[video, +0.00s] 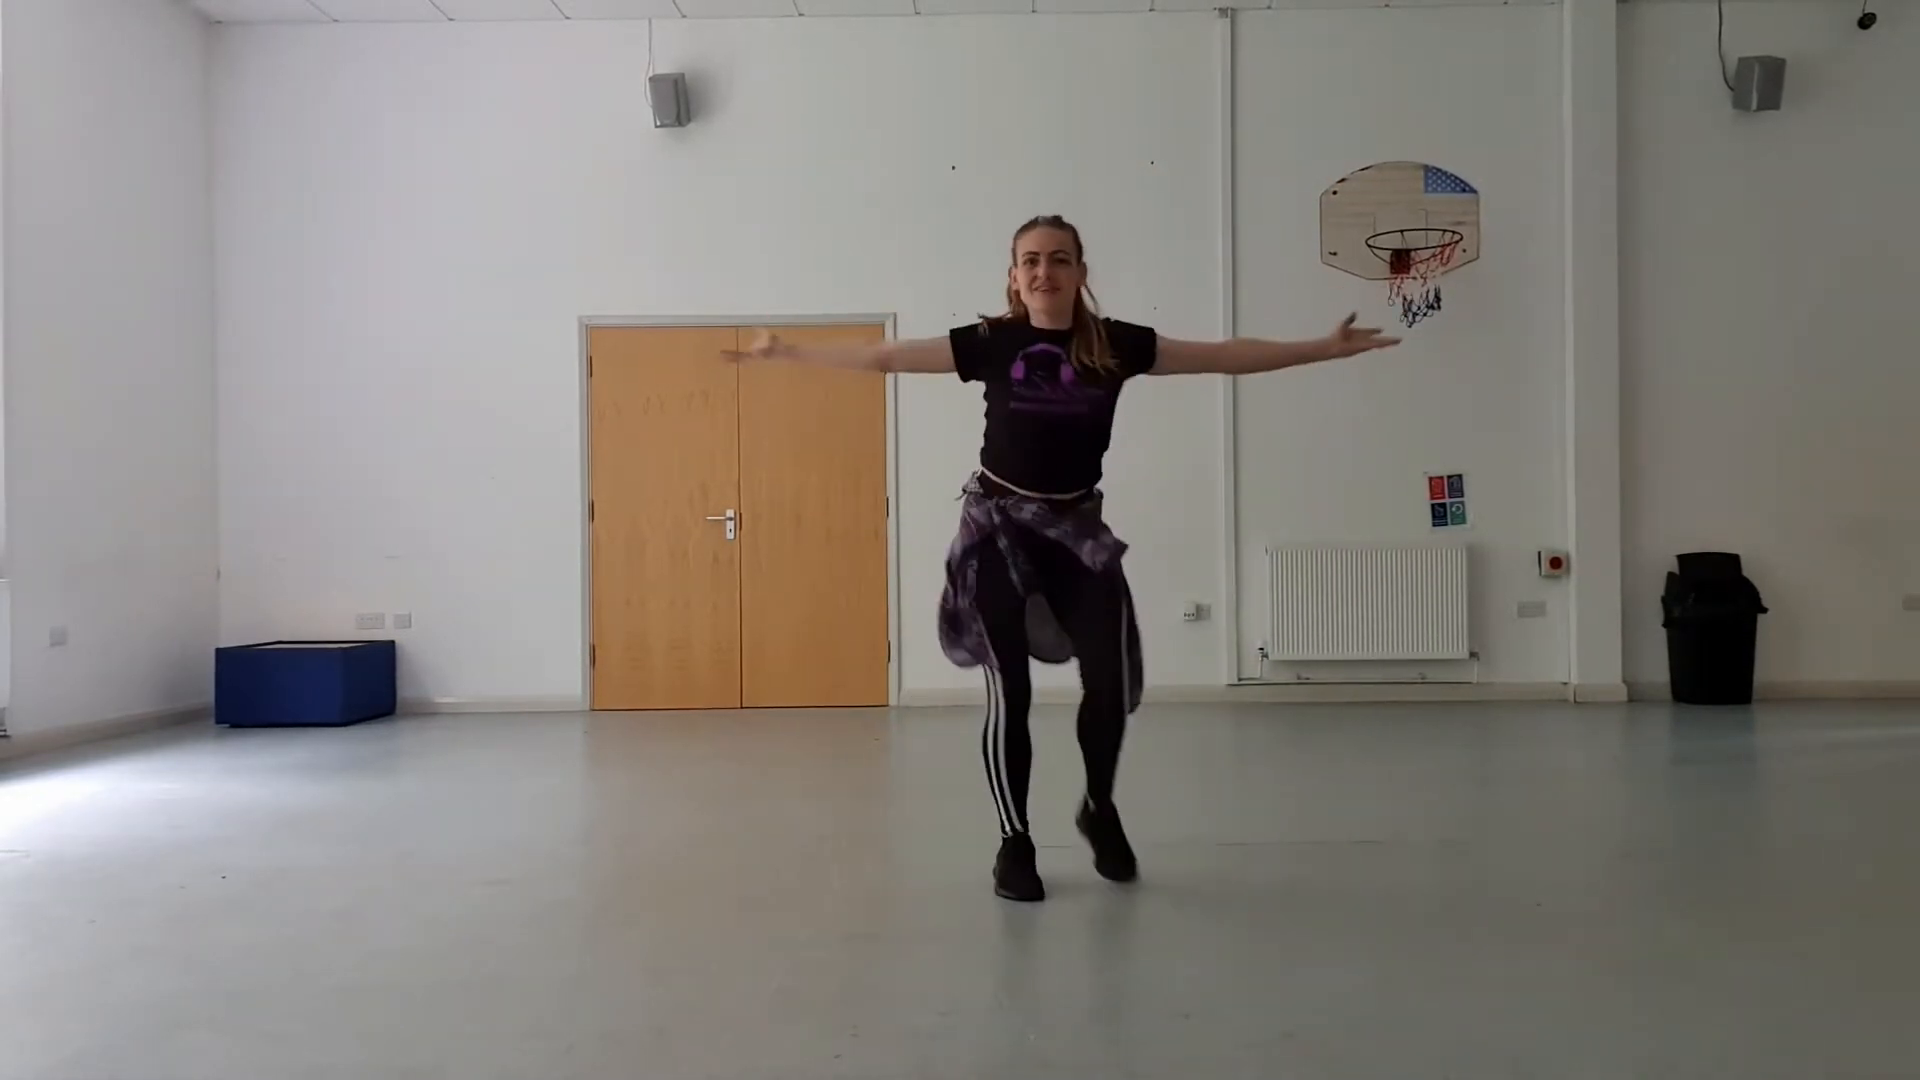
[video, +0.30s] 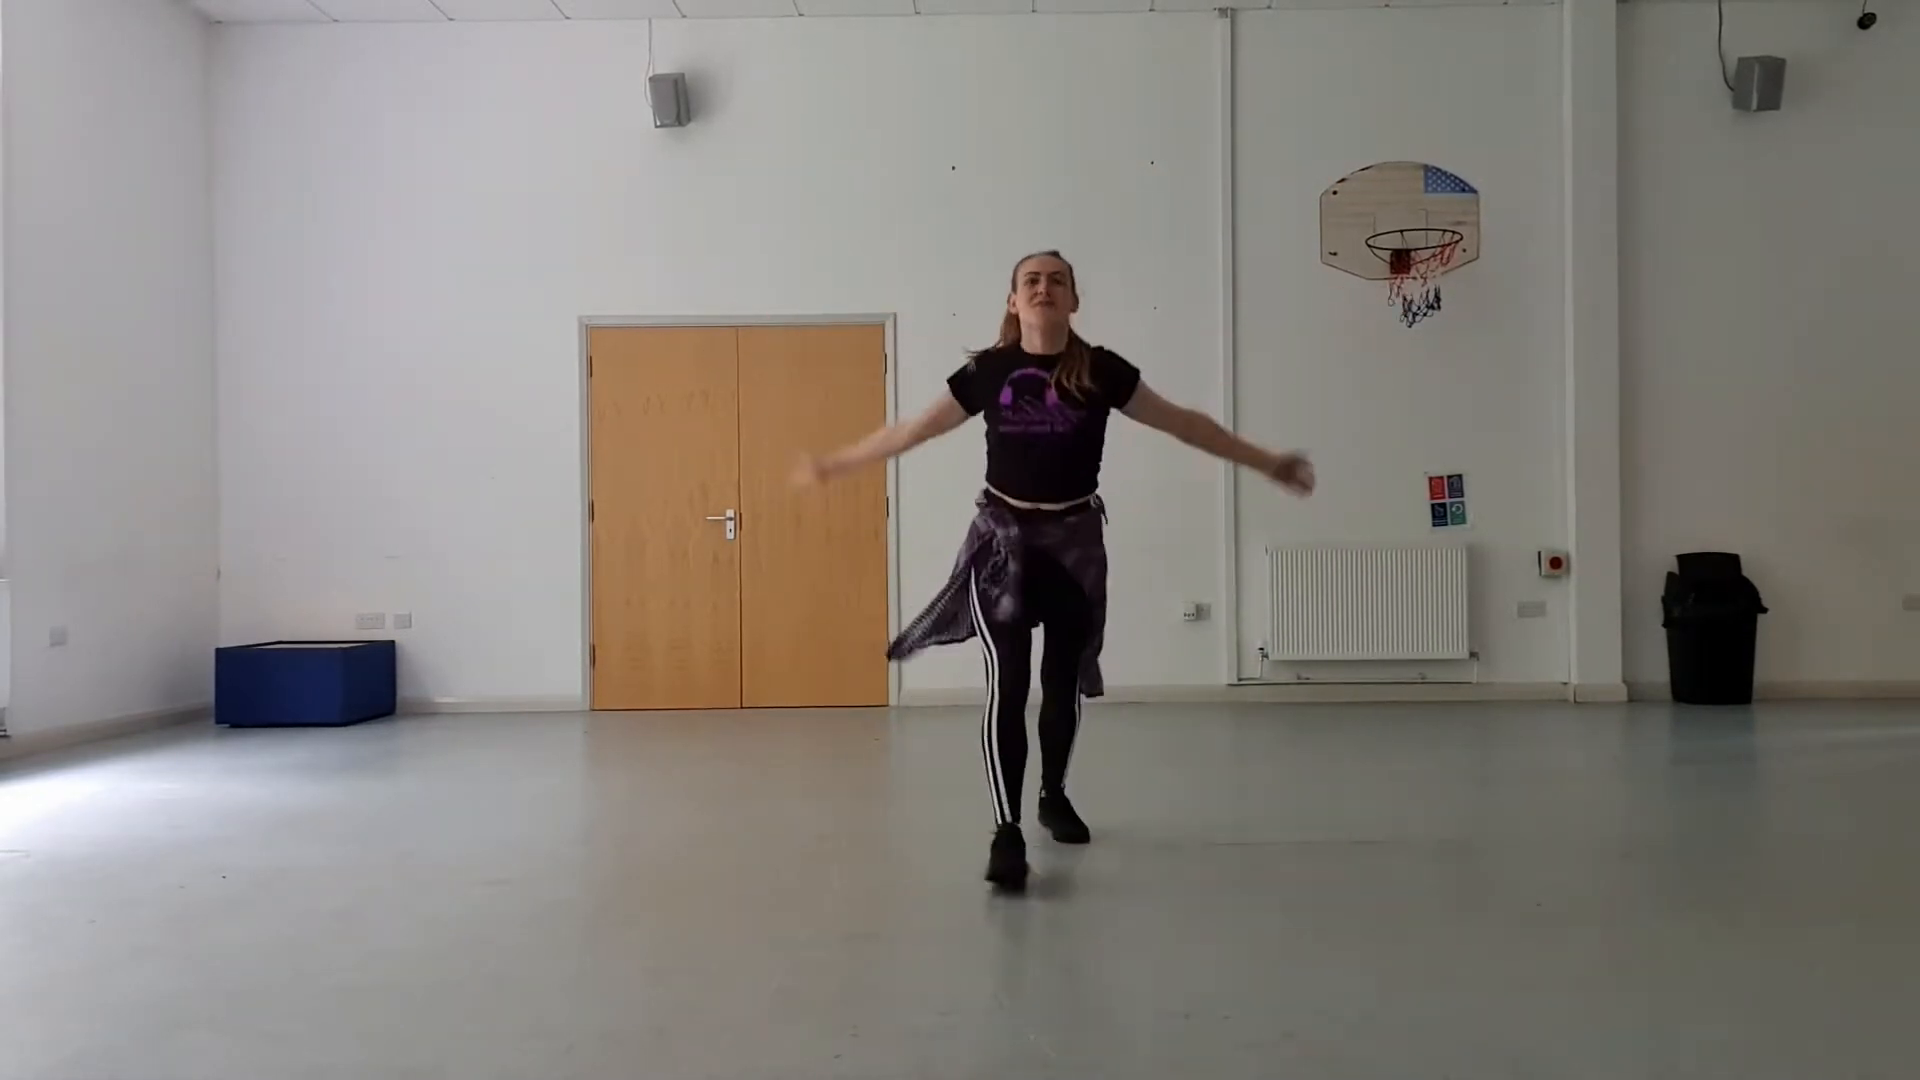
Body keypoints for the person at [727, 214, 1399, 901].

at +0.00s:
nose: (1043, 272)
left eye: (1058, 260)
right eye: (1030, 261)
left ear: (1082, 272)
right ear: (1012, 277)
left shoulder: (1118, 346)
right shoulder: (988, 345)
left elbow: (1230, 356)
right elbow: (883, 357)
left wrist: (1328, 347)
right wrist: (786, 349)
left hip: (1078, 529)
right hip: (998, 526)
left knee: (1112, 680)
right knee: (1011, 684)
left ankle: (1099, 809)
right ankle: (1017, 843)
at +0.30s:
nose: (1043, 286)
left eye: (1056, 280)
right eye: (1031, 280)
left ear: (1074, 303)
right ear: (1013, 304)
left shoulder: (1101, 371)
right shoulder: (990, 371)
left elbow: (1185, 424)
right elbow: (913, 430)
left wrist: (1267, 462)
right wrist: (838, 462)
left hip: (1076, 537)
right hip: (1004, 536)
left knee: (1064, 684)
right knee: (1009, 684)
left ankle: (1054, 794)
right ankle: (1007, 831)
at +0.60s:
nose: (1035, 283)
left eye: (1047, 275)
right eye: (1024, 276)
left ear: (1067, 293)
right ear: (1007, 297)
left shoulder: (1088, 364)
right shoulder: (982, 358)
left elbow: (1107, 434)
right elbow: (931, 433)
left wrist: (1123, 471)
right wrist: (897, 515)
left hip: (1072, 527)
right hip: (1000, 527)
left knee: (1064, 674)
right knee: (981, 668)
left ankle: (1052, 796)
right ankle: (989, 772)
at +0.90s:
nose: (996, 285)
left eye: (1011, 279)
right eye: (993, 278)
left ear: (1044, 298)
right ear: (989, 297)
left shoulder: (1062, 354)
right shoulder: (978, 360)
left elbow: (1157, 379)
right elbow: (985, 426)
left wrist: (1084, 419)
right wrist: (972, 475)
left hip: (1066, 516)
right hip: (1004, 523)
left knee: (1092, 652)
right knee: (996, 665)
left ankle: (1146, 777)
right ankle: (1001, 793)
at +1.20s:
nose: (1080, 309)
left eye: (1093, 300)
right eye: (1083, 299)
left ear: (1132, 307)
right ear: (1130, 310)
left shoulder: (1110, 351)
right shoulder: (1148, 375)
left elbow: (1030, 338)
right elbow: (1151, 481)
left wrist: (945, 316)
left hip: (1097, 533)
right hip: (1081, 532)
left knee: (1132, 695)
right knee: (1028, 669)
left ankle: (1231, 830)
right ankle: (1017, 800)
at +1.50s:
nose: (1110, 288)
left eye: (1123, 278)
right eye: (1111, 278)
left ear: (1163, 288)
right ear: (1140, 293)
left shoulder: (1200, 344)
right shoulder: (1141, 355)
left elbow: (1252, 419)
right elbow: (1162, 447)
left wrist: (1179, 345)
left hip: (1204, 518)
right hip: (1149, 524)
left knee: (1202, 682)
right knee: (1054, 643)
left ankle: (1246, 833)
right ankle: (1141, 770)